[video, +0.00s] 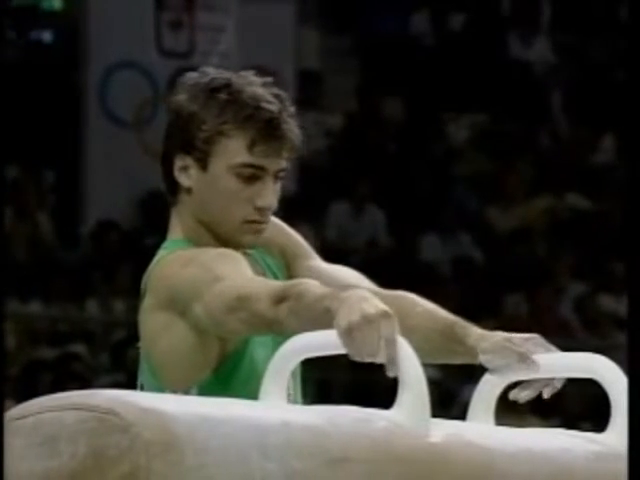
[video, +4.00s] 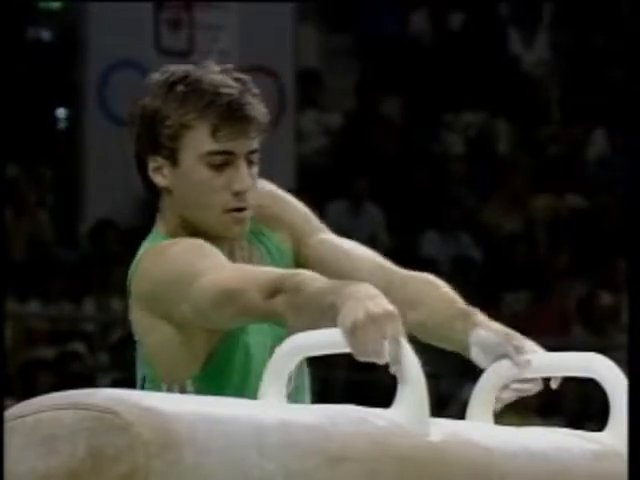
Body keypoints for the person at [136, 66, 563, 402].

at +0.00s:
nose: (268, 197)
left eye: (277, 178)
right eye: (248, 176)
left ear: (286, 172)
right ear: (186, 172)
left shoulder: (272, 241)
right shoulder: (188, 270)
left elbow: (371, 298)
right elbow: (271, 305)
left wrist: (477, 342)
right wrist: (339, 306)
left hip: (267, 466)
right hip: (199, 470)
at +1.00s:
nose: (254, 168)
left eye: (258, 149)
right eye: (227, 150)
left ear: (266, 154)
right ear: (169, 166)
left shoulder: (257, 241)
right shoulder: (183, 271)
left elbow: (359, 296)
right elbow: (271, 306)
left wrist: (479, 339)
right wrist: (343, 303)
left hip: (246, 467)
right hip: (186, 471)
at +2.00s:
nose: (251, 185)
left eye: (259, 165)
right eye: (228, 164)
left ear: (267, 164)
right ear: (168, 167)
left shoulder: (255, 237)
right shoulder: (182, 269)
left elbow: (356, 293)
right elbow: (270, 306)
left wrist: (480, 338)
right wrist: (342, 303)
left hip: (247, 465)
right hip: (186, 469)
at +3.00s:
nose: (250, 187)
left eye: (258, 166)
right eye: (227, 166)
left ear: (267, 164)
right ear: (167, 170)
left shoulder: (251, 238)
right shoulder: (177, 271)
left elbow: (355, 294)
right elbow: (270, 307)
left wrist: (480, 338)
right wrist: (341, 304)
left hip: (240, 466)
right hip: (181, 470)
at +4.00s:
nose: (243, 183)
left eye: (250, 161)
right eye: (219, 164)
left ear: (258, 157)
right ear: (161, 172)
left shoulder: (268, 210)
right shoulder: (169, 266)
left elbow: (381, 279)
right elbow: (268, 294)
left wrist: (476, 333)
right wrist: (342, 297)